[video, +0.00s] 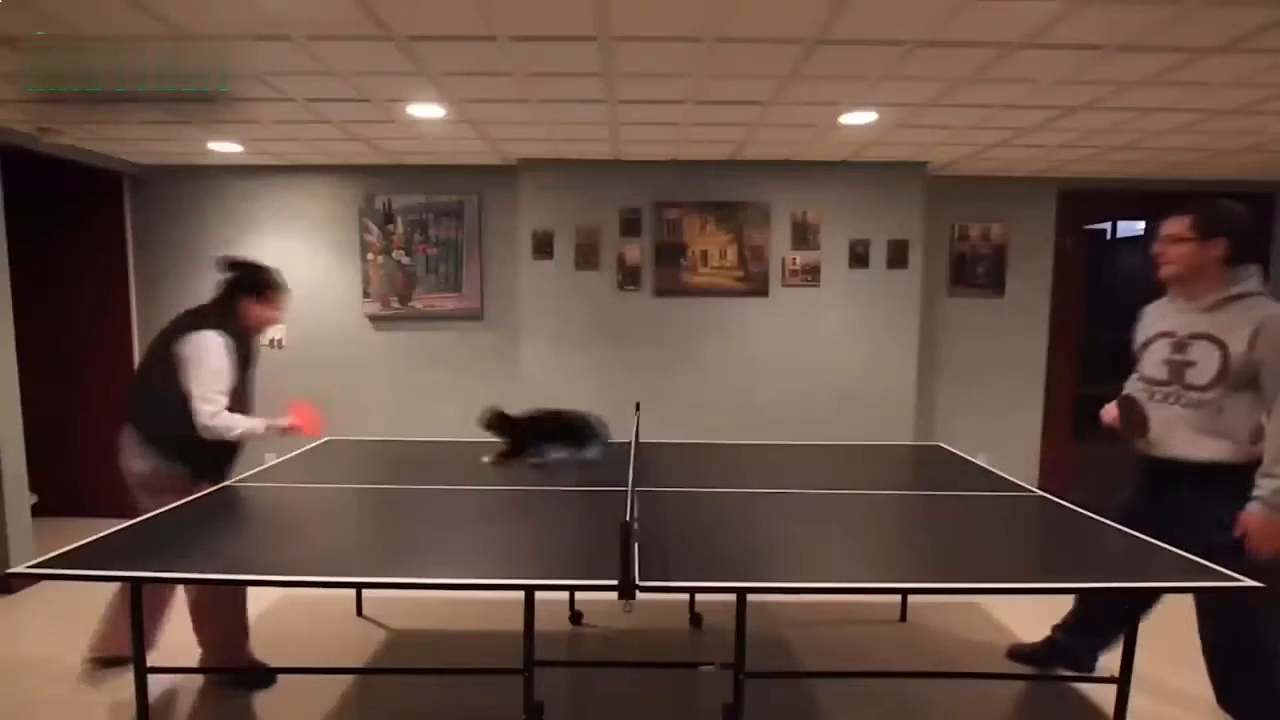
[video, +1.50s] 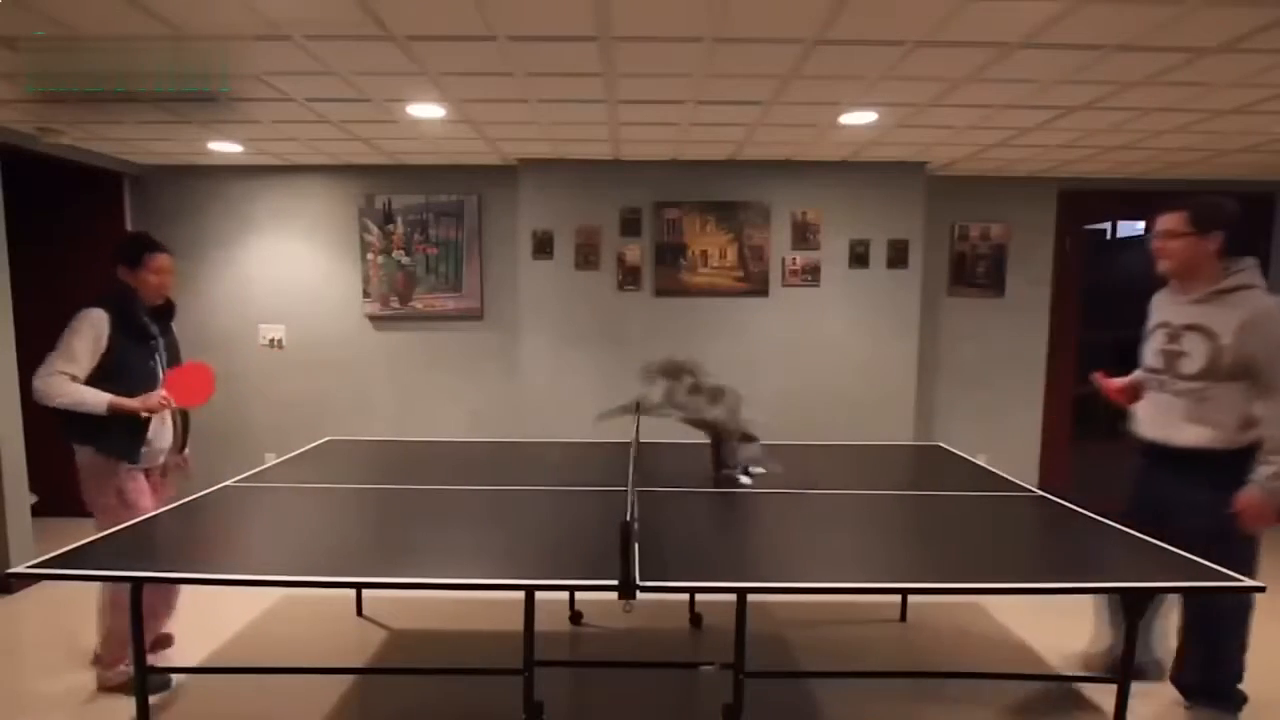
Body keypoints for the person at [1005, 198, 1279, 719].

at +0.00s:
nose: (1160, 251)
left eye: (1174, 241)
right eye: (1159, 241)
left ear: (1216, 249)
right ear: (1159, 248)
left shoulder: (1262, 318)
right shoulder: (1154, 313)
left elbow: (1277, 417)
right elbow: (1149, 384)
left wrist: (1267, 499)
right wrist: (1122, 407)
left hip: (1224, 484)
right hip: (1157, 476)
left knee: (1234, 616)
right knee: (1122, 570)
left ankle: (1256, 707)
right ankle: (1070, 648)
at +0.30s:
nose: (1156, 248)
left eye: (1170, 239)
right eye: (1157, 239)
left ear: (1212, 247)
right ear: (1158, 247)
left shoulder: (1258, 319)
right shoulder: (1161, 313)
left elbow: (1267, 421)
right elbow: (1156, 389)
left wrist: (1236, 500)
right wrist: (1117, 403)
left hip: (1207, 481)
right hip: (1147, 472)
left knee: (1230, 614)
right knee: (1114, 570)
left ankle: (1260, 706)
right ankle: (1069, 649)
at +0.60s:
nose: (1127, 262)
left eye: (1138, 251)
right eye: (1127, 251)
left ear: (1179, 256)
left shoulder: (1232, 323)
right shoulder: (1141, 322)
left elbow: (1250, 420)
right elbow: (1136, 393)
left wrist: (1204, 499)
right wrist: (1091, 405)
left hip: (1188, 485)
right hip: (1126, 476)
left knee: (1217, 617)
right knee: (1073, 553)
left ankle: (1260, 704)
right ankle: (1049, 646)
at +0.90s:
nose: (1016, 283)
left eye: (1023, 272)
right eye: (1013, 274)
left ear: (1059, 269)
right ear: (1053, 272)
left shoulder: (1121, 324)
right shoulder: (1039, 320)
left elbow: (1155, 403)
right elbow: (1037, 380)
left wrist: (1131, 479)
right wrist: (1008, 407)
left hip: (1103, 470)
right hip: (1050, 463)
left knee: (1126, 583)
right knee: (1025, 554)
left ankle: (1187, 688)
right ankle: (1022, 648)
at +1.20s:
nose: (1078, 256)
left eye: (1089, 246)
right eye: (1075, 248)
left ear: (1122, 250)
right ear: (1072, 257)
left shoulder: (1166, 314)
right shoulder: (1064, 313)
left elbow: (1197, 404)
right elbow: (1033, 358)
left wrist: (1174, 476)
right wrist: (991, 361)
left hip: (1132, 468)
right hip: (1062, 462)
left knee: (1145, 586)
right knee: (1036, 558)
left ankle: (1210, 691)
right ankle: (1021, 648)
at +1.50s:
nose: (1157, 246)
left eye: (1170, 236)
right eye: (1156, 236)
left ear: (1211, 242)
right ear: (1156, 243)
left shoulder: (1258, 309)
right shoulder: (1162, 302)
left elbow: (1276, 402)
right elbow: (1167, 371)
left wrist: (1267, 480)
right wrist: (1132, 384)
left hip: (1222, 466)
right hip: (1158, 458)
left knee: (1218, 589)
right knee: (1136, 563)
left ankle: (1212, 698)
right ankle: (1130, 654)